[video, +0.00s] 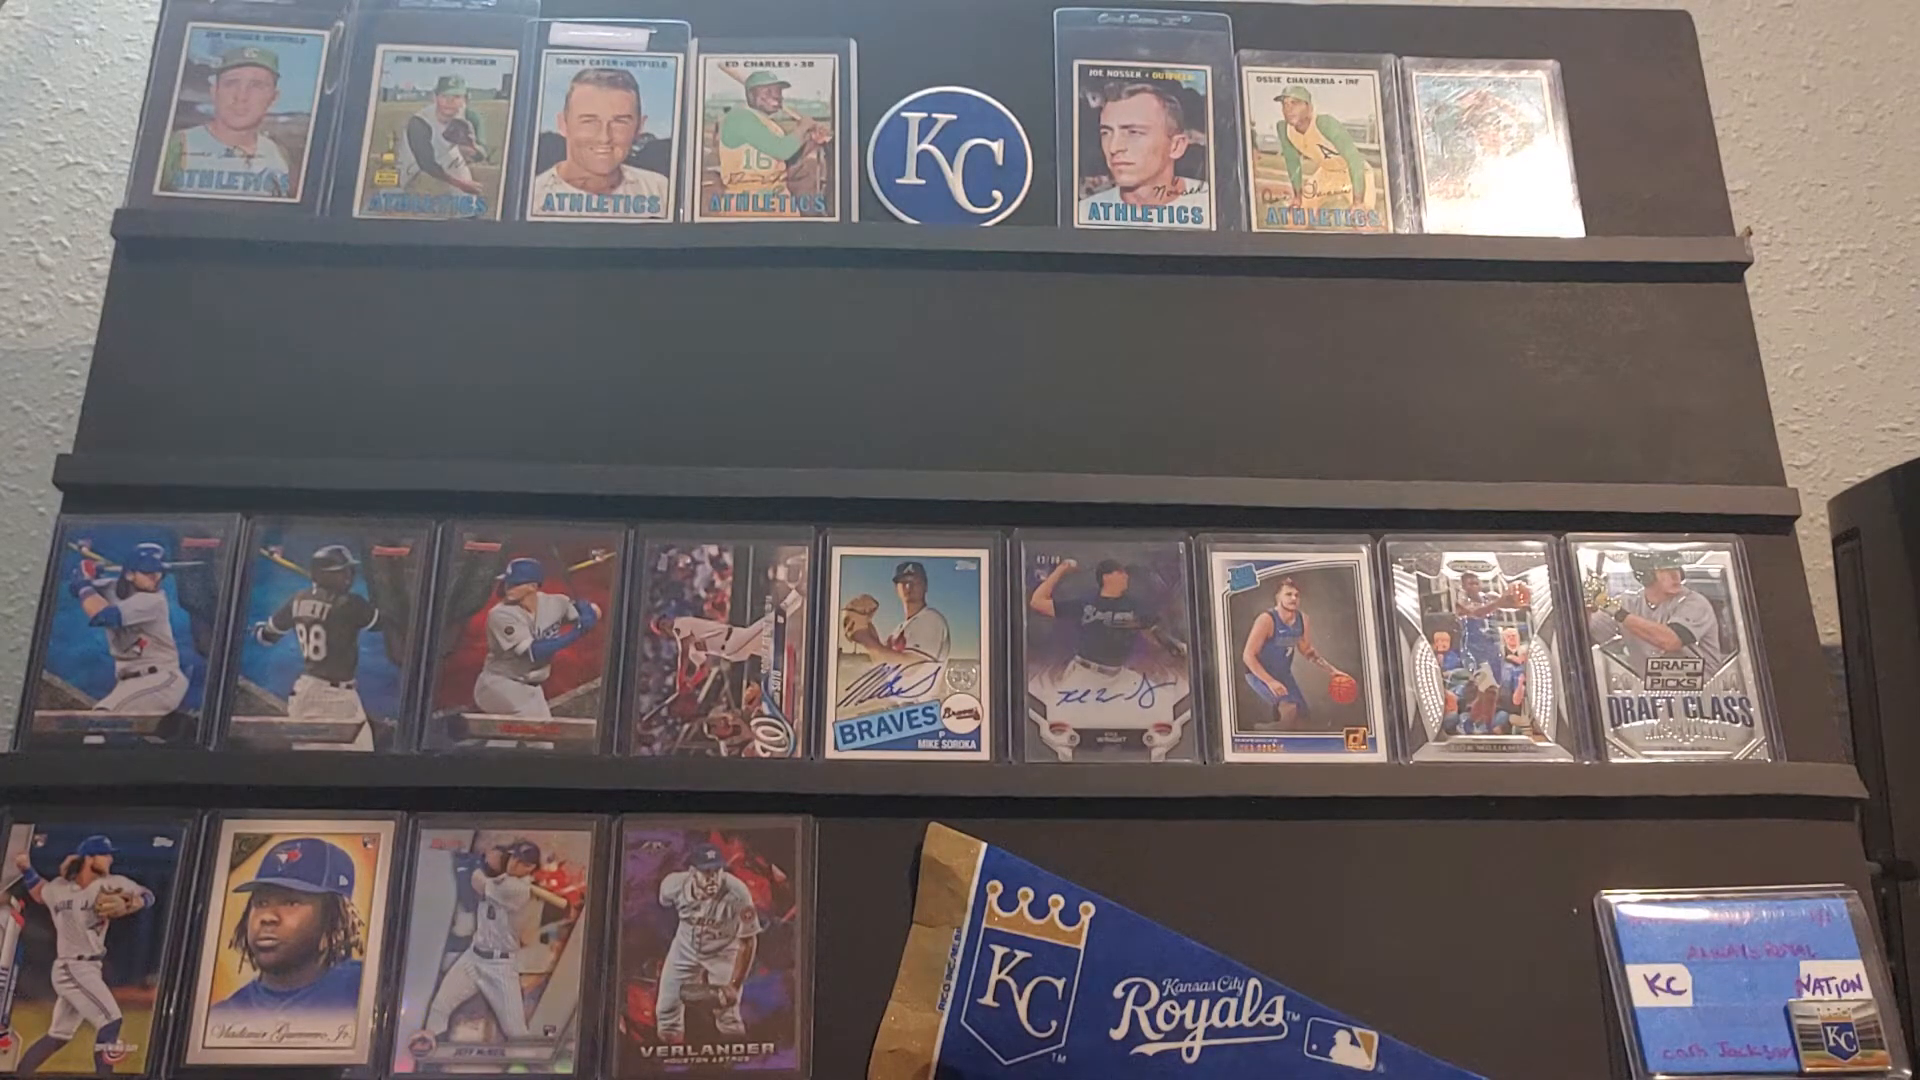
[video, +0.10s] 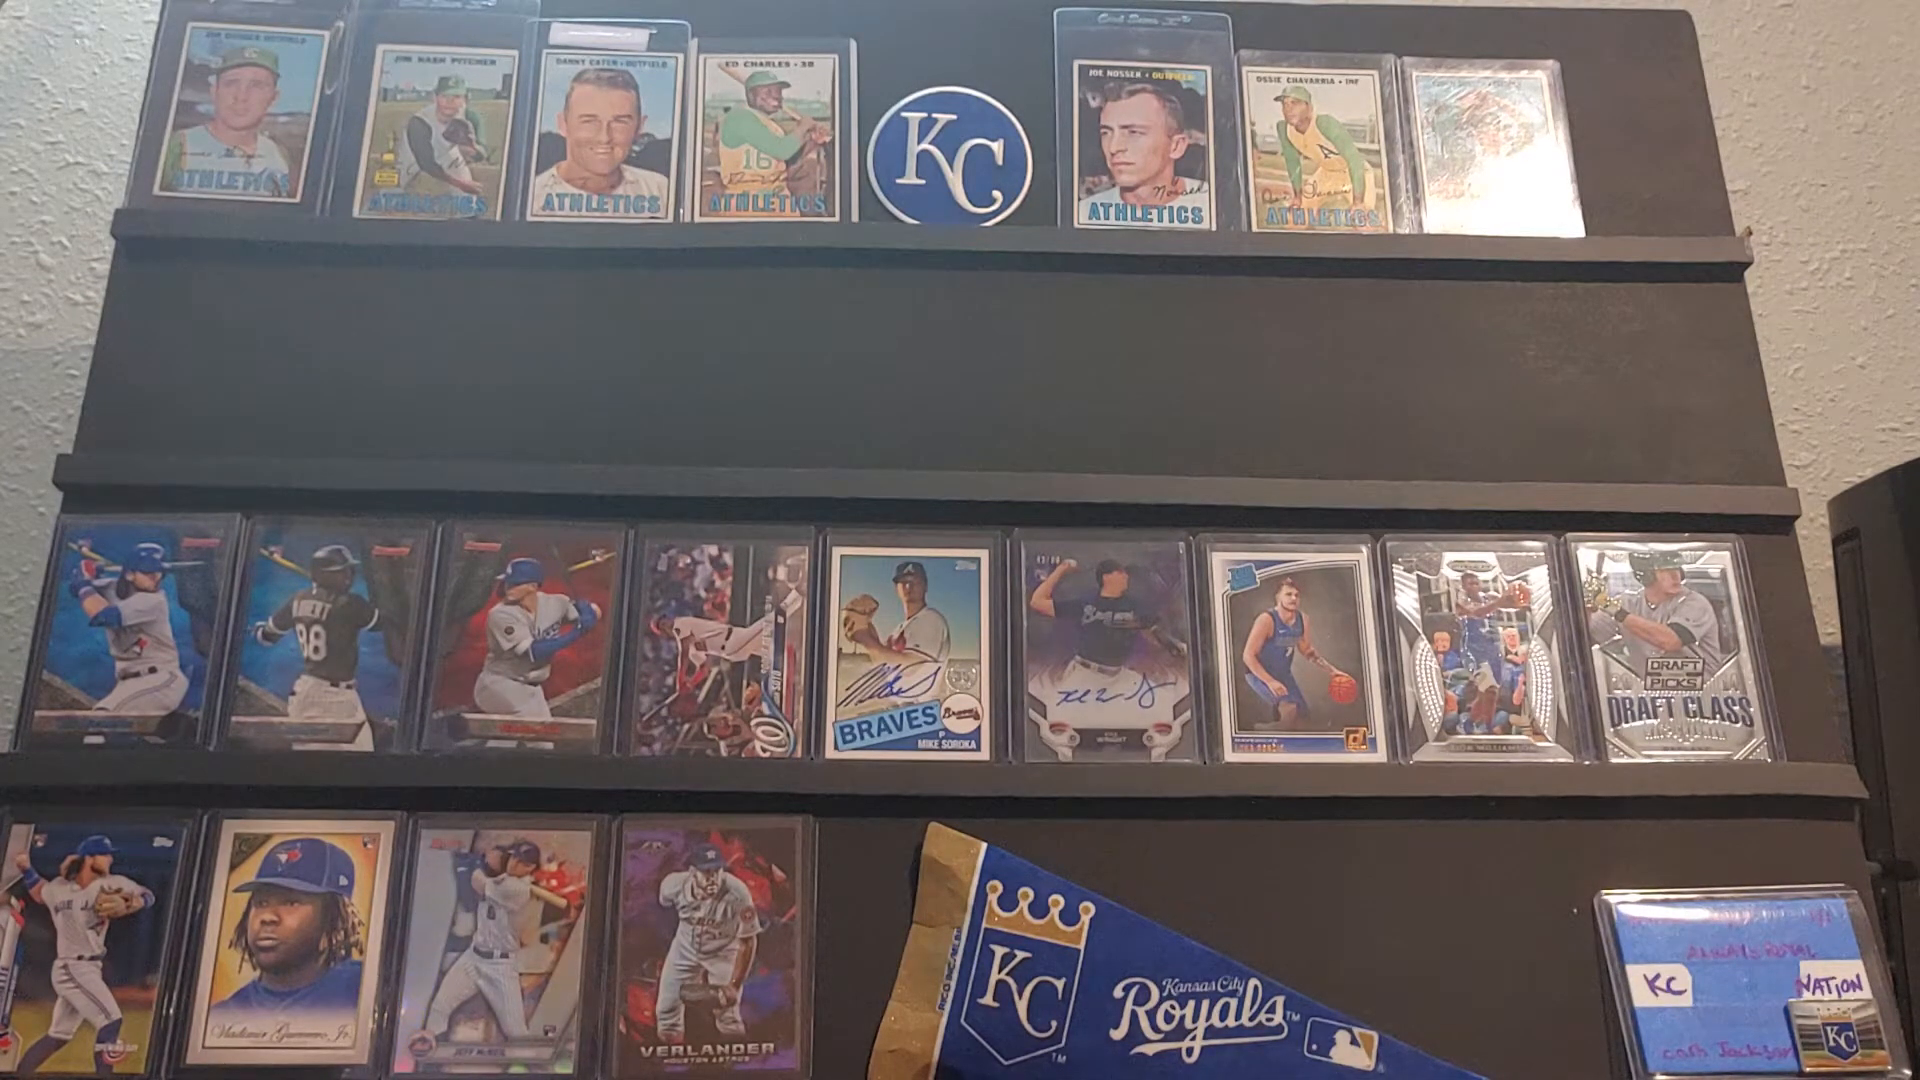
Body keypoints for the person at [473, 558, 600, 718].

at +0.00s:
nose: (507, 588)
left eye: (514, 584)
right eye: (507, 583)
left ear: (532, 586)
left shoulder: (554, 603)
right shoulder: (500, 614)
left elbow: (578, 607)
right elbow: (532, 652)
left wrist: (587, 614)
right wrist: (576, 632)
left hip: (531, 687)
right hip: (496, 684)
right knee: (530, 714)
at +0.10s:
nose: (507, 588)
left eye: (514, 584)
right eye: (507, 583)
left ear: (532, 586)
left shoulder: (554, 603)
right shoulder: (500, 614)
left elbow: (578, 607)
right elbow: (532, 652)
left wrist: (587, 614)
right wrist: (576, 632)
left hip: (531, 687)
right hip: (496, 684)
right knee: (530, 714)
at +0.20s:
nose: (507, 588)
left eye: (514, 584)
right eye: (507, 583)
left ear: (532, 586)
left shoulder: (554, 603)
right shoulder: (500, 614)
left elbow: (578, 607)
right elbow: (532, 652)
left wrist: (587, 614)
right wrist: (576, 632)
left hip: (531, 687)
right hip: (496, 684)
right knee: (530, 714)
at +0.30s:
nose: (507, 589)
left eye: (514, 584)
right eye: (507, 584)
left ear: (533, 586)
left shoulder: (555, 603)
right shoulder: (500, 614)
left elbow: (581, 607)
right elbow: (532, 652)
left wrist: (587, 614)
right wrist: (576, 633)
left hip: (531, 687)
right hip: (497, 684)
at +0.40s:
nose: (508, 588)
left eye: (514, 584)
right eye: (507, 584)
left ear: (533, 586)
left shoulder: (555, 603)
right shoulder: (500, 614)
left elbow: (580, 607)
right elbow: (532, 652)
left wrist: (587, 614)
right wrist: (576, 633)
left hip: (531, 688)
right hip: (497, 684)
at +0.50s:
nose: (508, 588)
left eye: (514, 584)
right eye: (507, 584)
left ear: (533, 586)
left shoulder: (555, 603)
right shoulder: (500, 614)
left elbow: (580, 607)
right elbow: (532, 652)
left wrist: (587, 614)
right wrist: (576, 633)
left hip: (531, 688)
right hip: (497, 684)